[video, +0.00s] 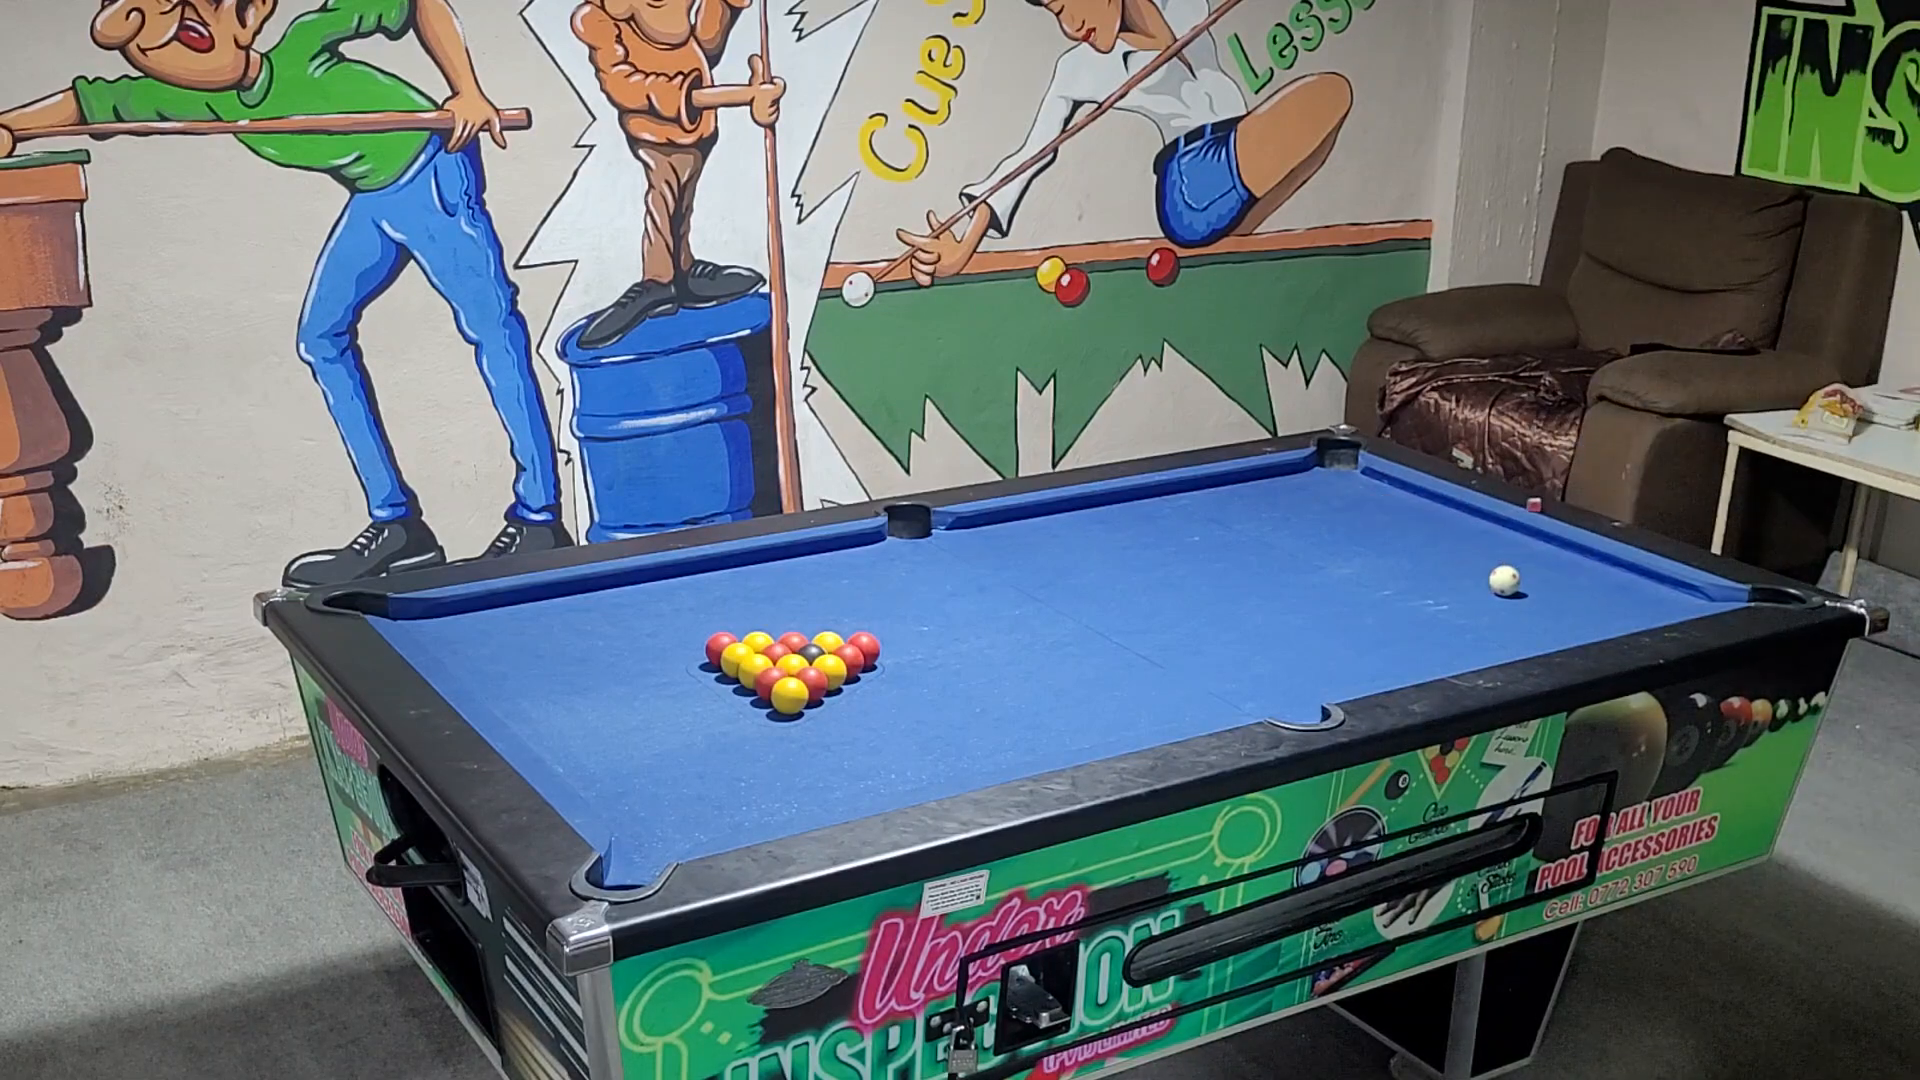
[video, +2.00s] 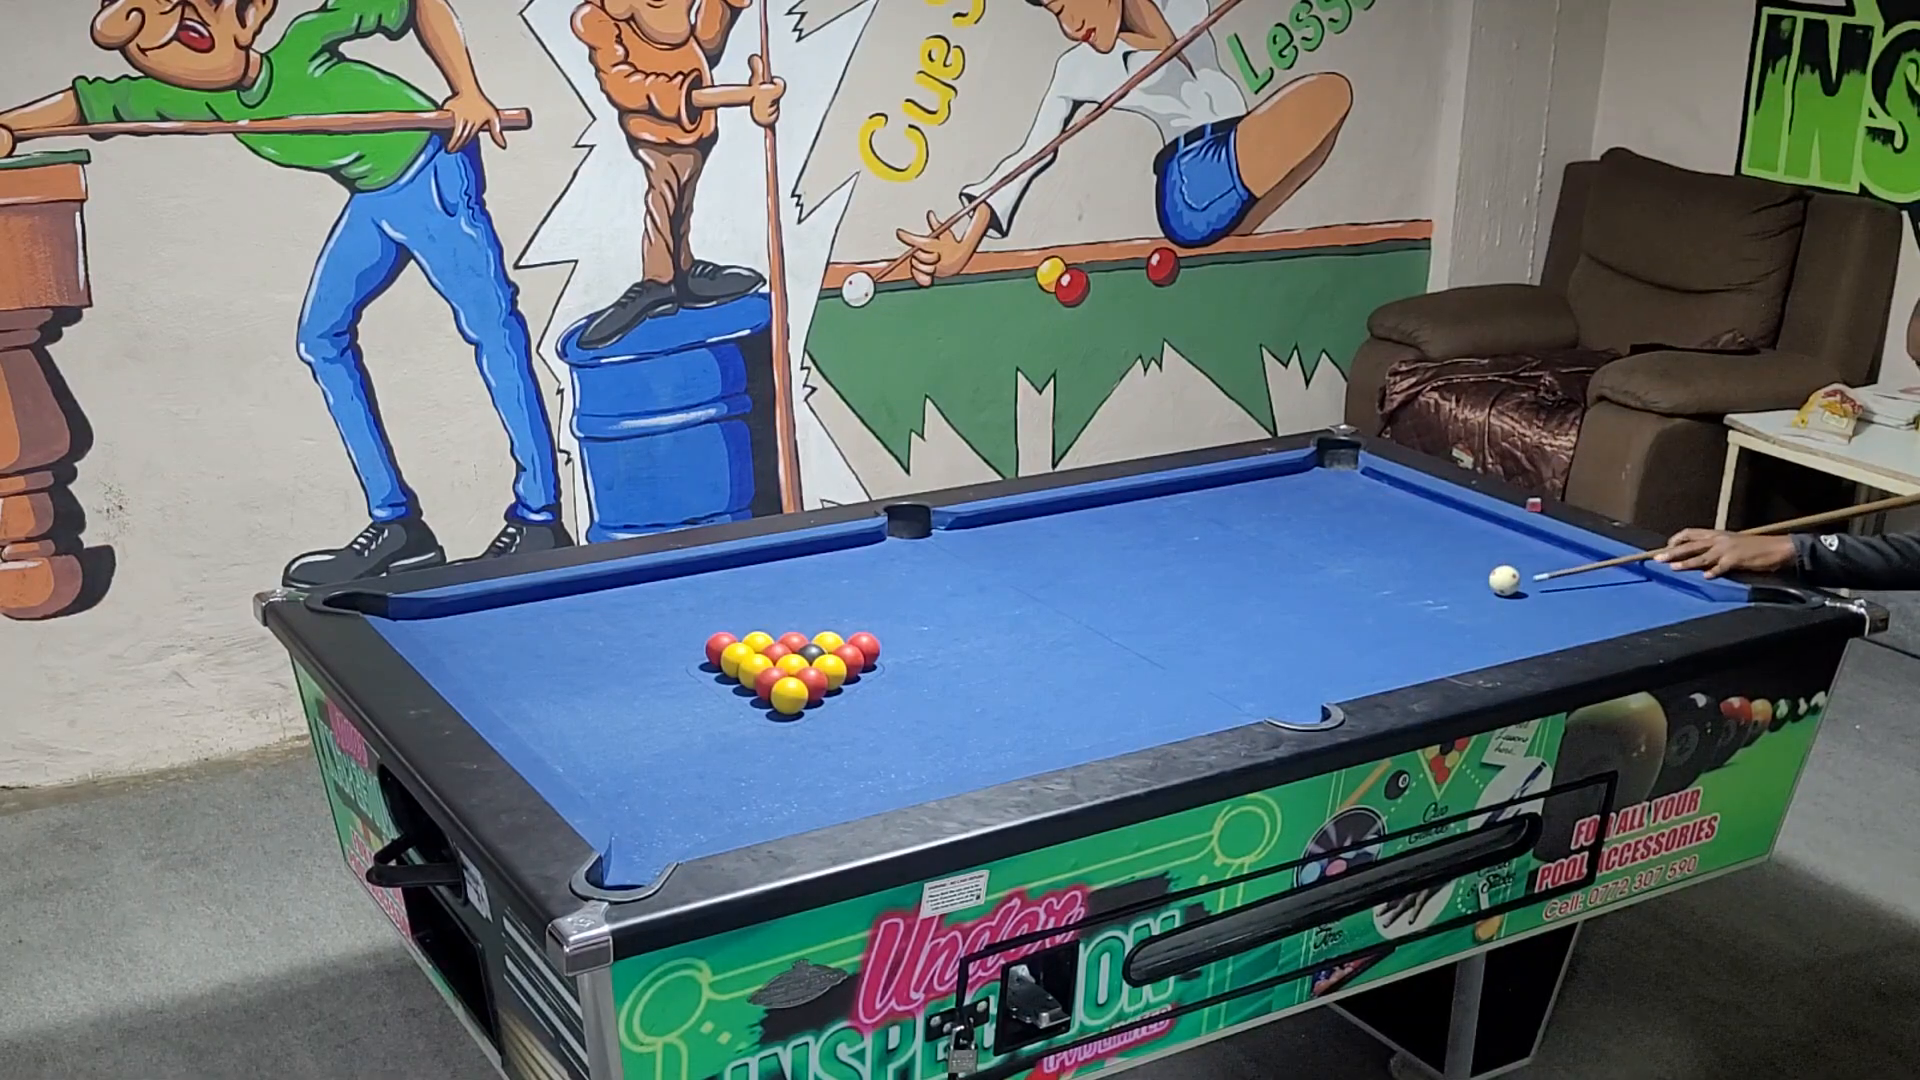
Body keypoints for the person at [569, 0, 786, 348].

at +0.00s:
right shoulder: (597, 19)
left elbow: (707, 48)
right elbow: (625, 87)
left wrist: (730, 6)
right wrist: (746, 95)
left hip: (694, 89)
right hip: (645, 104)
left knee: (688, 173)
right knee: (666, 173)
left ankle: (682, 268)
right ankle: (657, 280)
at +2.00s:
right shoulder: (597, 19)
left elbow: (707, 46)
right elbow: (625, 88)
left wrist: (731, 5)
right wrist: (746, 95)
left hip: (694, 87)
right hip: (644, 103)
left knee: (688, 174)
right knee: (666, 174)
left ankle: (682, 269)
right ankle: (657, 281)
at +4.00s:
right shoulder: (596, 19)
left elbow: (707, 47)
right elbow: (626, 88)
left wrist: (730, 6)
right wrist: (747, 94)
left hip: (695, 88)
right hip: (644, 104)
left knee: (688, 174)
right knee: (666, 173)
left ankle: (682, 268)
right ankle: (657, 281)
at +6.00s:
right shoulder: (596, 18)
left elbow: (707, 47)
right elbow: (625, 87)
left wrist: (729, 6)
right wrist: (746, 94)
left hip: (694, 88)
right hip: (644, 104)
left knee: (687, 175)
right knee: (665, 175)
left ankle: (682, 268)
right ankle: (657, 282)